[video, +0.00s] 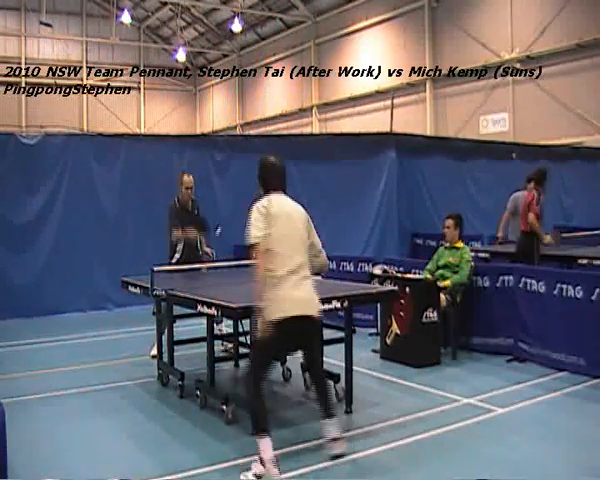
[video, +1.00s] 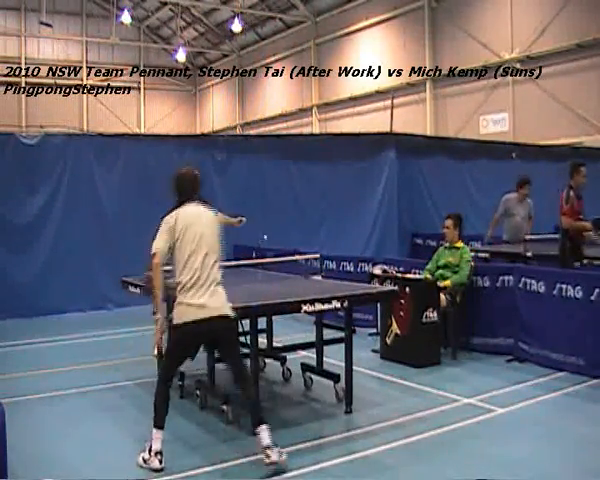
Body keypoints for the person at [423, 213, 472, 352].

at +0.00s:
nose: (445, 231)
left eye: (448, 228)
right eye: (444, 227)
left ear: (457, 230)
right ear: (444, 230)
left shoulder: (464, 252)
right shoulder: (441, 250)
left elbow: (463, 275)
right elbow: (429, 268)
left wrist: (447, 283)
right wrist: (428, 276)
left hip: (452, 286)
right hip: (436, 284)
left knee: (440, 301)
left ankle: (449, 344)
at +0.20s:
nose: (445, 231)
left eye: (449, 228)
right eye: (445, 227)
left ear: (458, 230)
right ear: (445, 229)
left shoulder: (464, 252)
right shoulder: (442, 250)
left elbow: (463, 276)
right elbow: (430, 267)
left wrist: (447, 283)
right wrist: (428, 276)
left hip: (453, 286)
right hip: (436, 284)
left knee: (445, 302)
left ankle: (451, 345)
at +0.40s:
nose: (446, 231)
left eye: (450, 228)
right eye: (445, 228)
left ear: (458, 230)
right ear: (444, 229)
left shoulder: (464, 251)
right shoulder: (442, 249)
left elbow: (463, 276)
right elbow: (430, 266)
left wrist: (446, 283)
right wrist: (428, 275)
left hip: (454, 284)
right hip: (436, 281)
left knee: (442, 298)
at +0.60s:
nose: (446, 231)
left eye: (450, 228)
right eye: (445, 228)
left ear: (458, 230)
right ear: (443, 229)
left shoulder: (464, 251)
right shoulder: (442, 249)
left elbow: (463, 275)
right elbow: (431, 265)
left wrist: (447, 283)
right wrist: (428, 275)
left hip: (453, 284)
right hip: (436, 281)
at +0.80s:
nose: (445, 231)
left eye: (448, 228)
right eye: (444, 228)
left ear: (457, 230)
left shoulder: (464, 251)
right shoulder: (442, 249)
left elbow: (463, 276)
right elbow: (430, 266)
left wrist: (447, 283)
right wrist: (428, 275)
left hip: (454, 284)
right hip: (436, 281)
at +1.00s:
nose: (444, 231)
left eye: (448, 228)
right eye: (444, 228)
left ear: (456, 230)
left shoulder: (464, 251)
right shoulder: (442, 249)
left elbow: (463, 275)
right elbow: (431, 265)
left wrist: (447, 283)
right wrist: (428, 275)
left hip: (453, 284)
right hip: (436, 281)